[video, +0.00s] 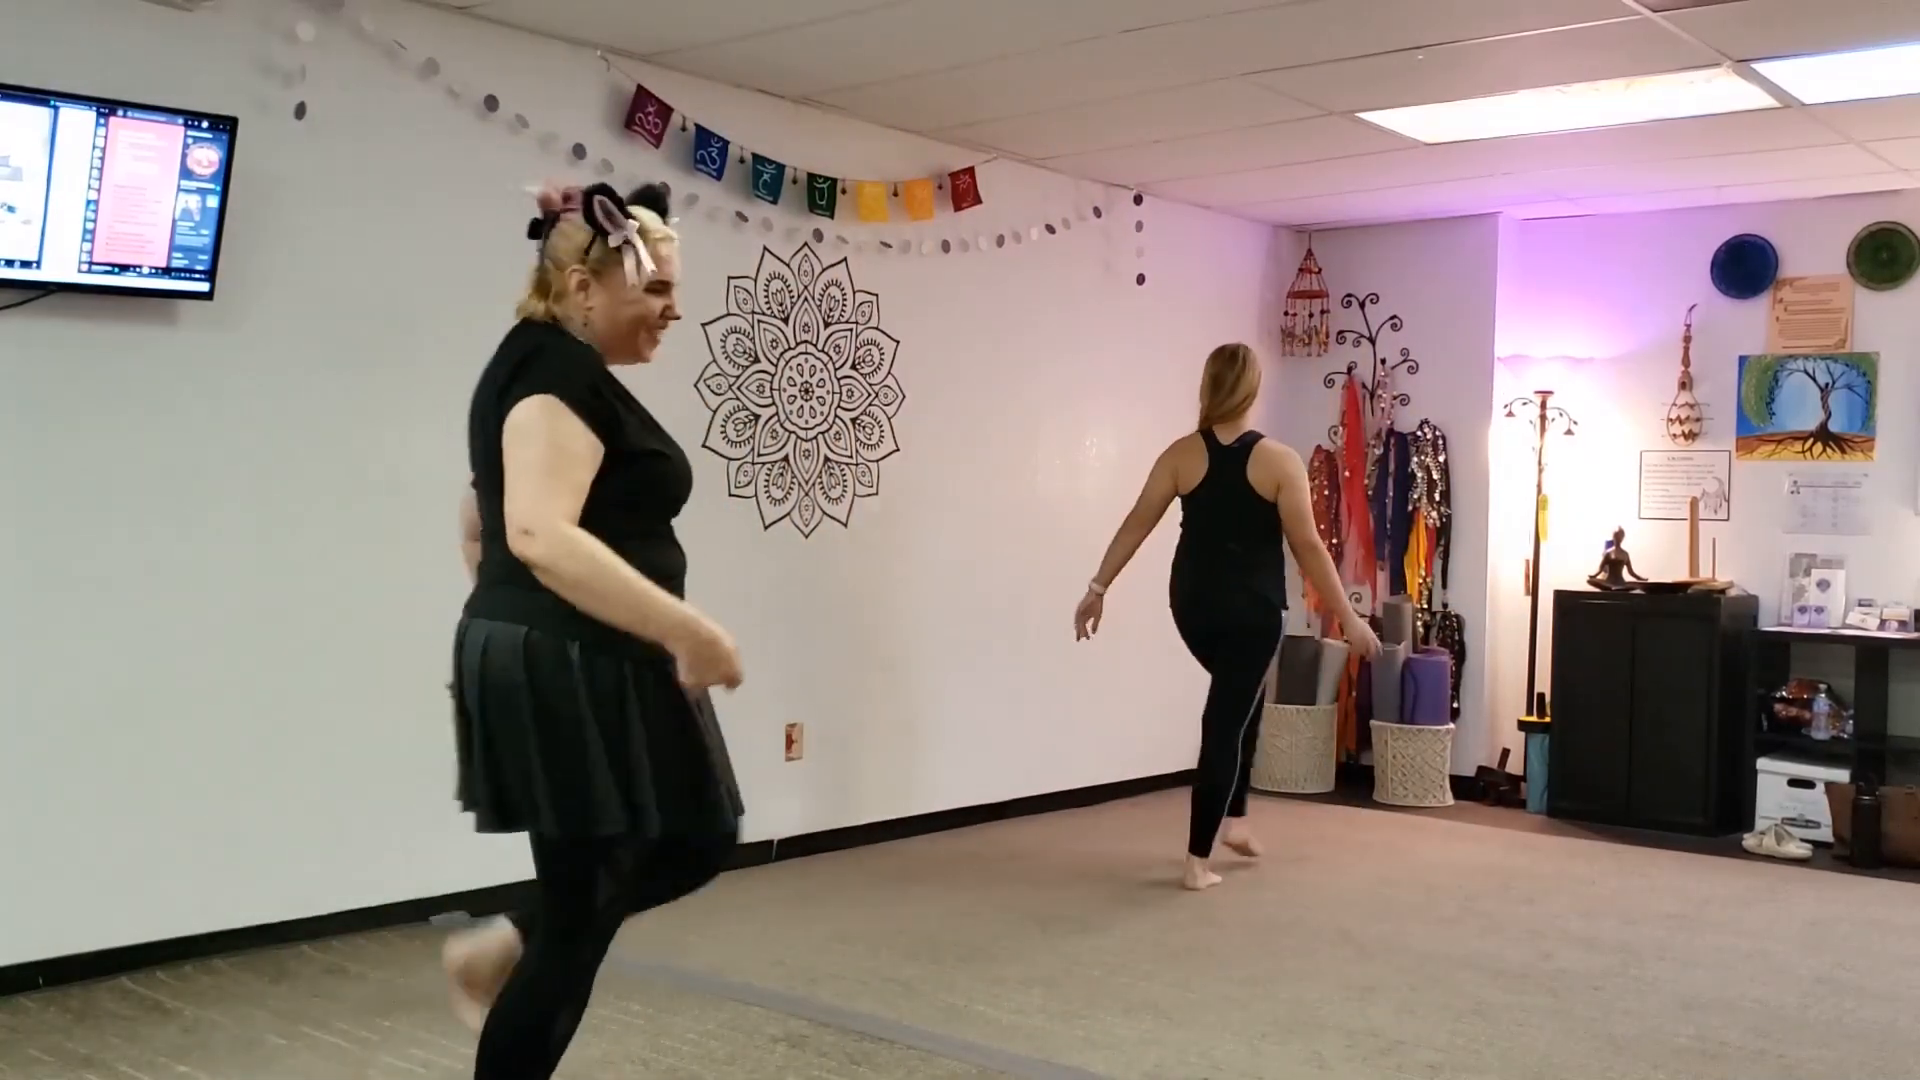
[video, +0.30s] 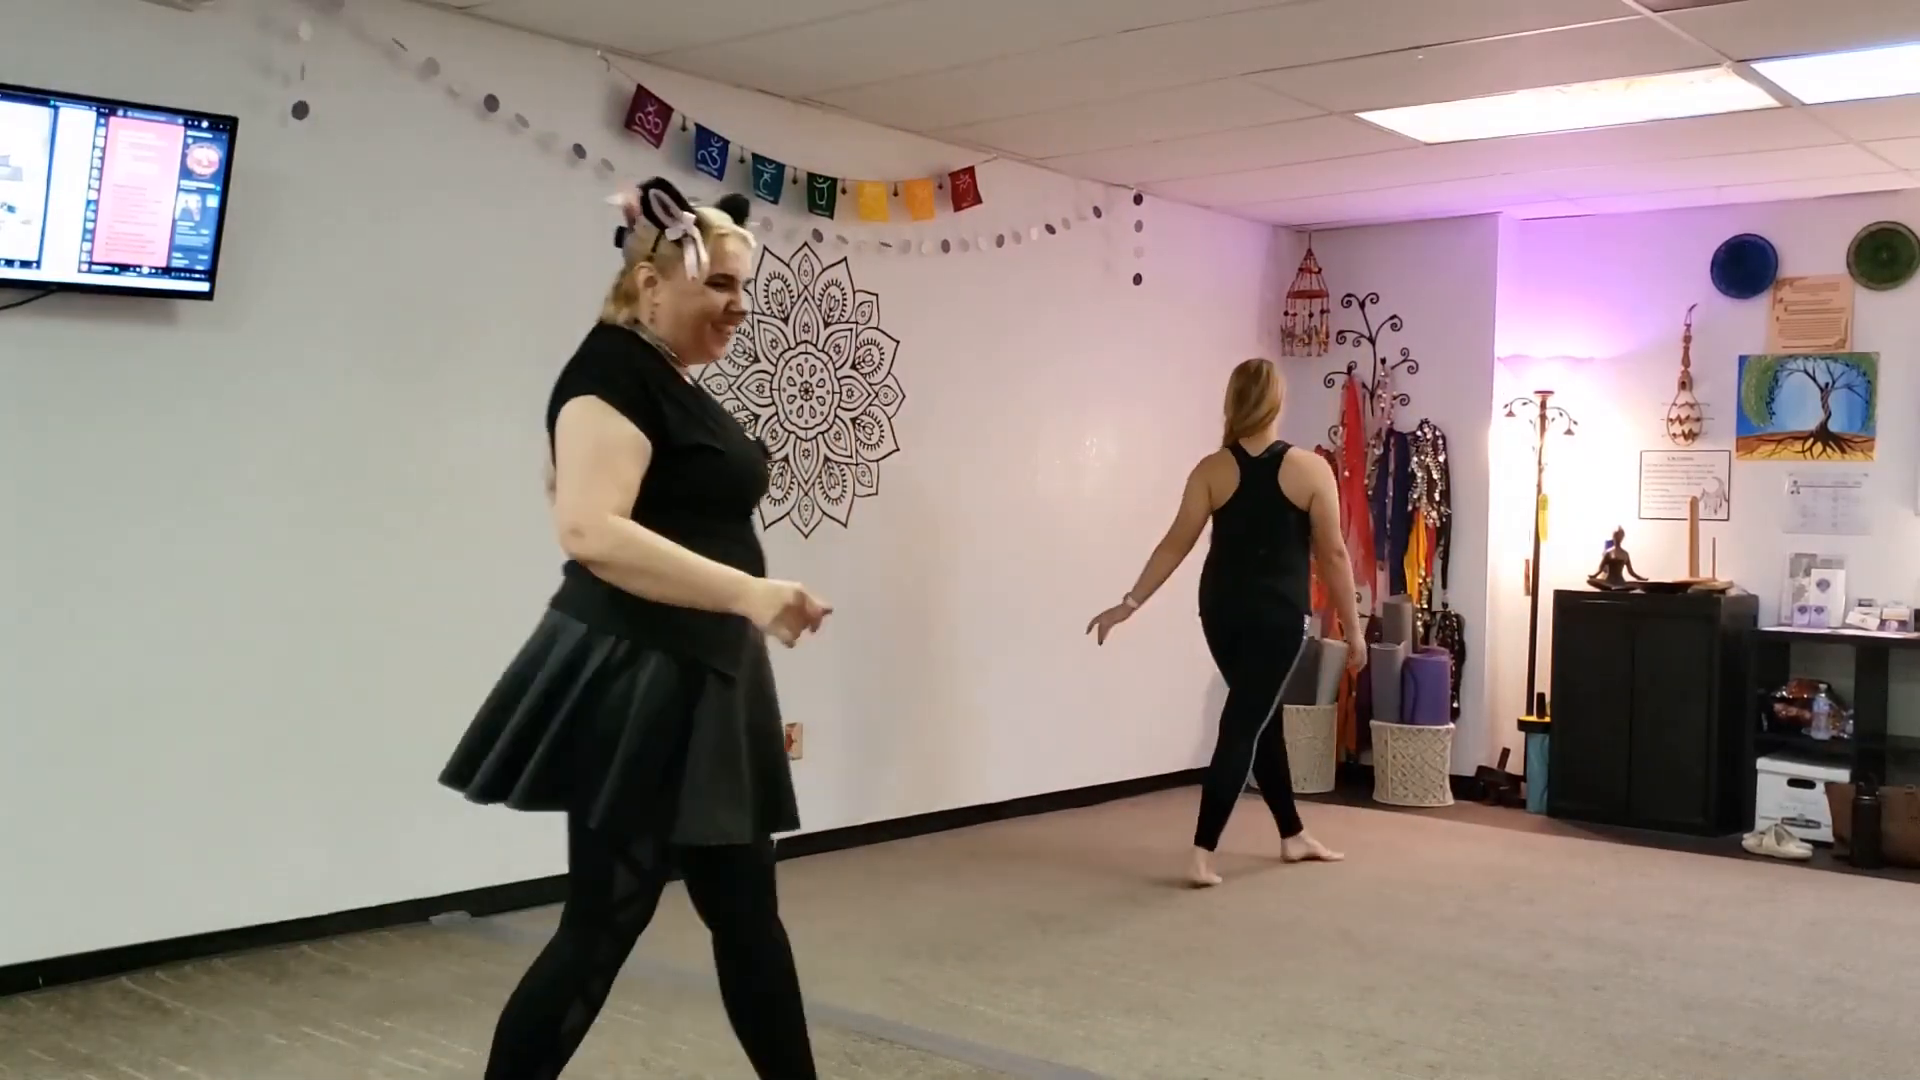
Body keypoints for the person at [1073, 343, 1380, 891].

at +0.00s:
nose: (1256, 391)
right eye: (1257, 384)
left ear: (1206, 389)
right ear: (1255, 392)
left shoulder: (1180, 455)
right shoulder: (1281, 462)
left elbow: (1138, 524)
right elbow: (1309, 549)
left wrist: (1098, 586)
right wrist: (1348, 617)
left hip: (1190, 606)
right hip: (1252, 611)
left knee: (1244, 696)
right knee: (1222, 726)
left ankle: (1234, 820)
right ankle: (1197, 860)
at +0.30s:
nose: (1283, 404)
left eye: (1270, 397)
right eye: (1282, 398)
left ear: (1233, 404)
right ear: (1279, 405)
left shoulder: (1211, 470)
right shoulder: (1311, 469)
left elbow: (1176, 543)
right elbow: (1333, 554)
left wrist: (1132, 601)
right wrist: (1353, 626)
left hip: (1218, 611)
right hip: (1280, 616)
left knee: (1265, 718)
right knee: (1242, 729)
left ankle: (1292, 834)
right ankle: (1203, 851)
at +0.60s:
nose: (1320, 402)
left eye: (1313, 394)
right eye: (1318, 395)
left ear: (1266, 402)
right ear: (1311, 400)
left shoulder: (1248, 469)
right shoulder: (1340, 449)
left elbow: (1226, 543)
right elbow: (1364, 532)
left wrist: (1198, 597)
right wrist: (1376, 604)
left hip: (1260, 600)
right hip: (1317, 601)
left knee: (1286, 717)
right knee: (1301, 721)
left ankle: (1292, 837)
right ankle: (1229, 805)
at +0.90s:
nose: (1361, 400)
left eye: (1360, 392)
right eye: (1356, 393)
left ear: (1320, 399)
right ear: (1333, 398)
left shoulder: (1305, 448)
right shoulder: (1329, 444)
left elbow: (1317, 530)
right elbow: (1341, 525)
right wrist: (1388, 591)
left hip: (1296, 592)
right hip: (1327, 593)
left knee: (1312, 707)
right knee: (1396, 691)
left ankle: (1298, 837)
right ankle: (1318, 777)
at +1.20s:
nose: (1397, 399)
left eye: (1397, 391)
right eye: (1388, 390)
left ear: (1378, 399)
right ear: (1357, 397)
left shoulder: (1378, 458)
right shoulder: (1341, 451)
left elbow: (1396, 547)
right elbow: (1311, 524)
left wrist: (1435, 597)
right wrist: (1339, 593)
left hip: (1355, 596)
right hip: (1352, 597)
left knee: (1321, 713)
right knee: (1402, 713)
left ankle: (1295, 831)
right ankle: (1457, 818)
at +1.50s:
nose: (1444, 399)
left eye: (1444, 392)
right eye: (1433, 393)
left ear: (1436, 402)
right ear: (1404, 403)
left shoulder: (1445, 463)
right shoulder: (1392, 462)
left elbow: (1458, 550)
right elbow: (1356, 537)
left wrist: (1486, 608)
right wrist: (1335, 608)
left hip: (1422, 602)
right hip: (1405, 604)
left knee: (1370, 713)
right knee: (1435, 717)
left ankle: (1305, 817)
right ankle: (1451, 838)